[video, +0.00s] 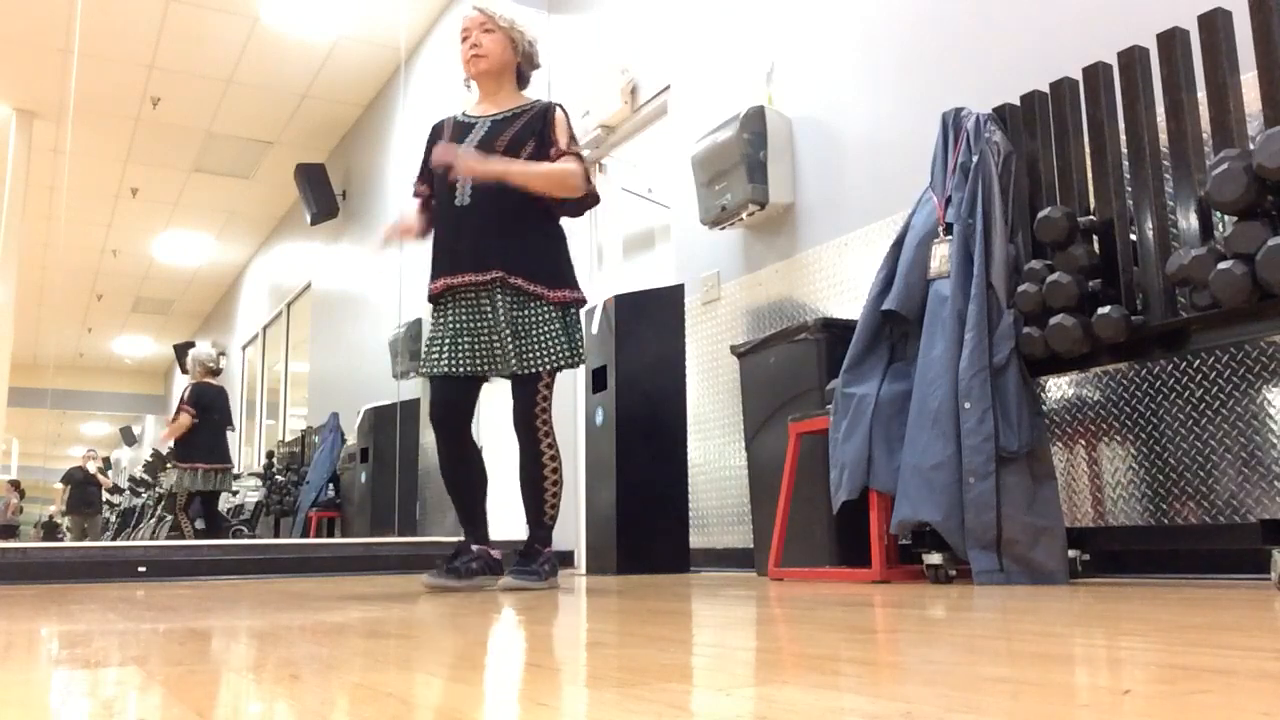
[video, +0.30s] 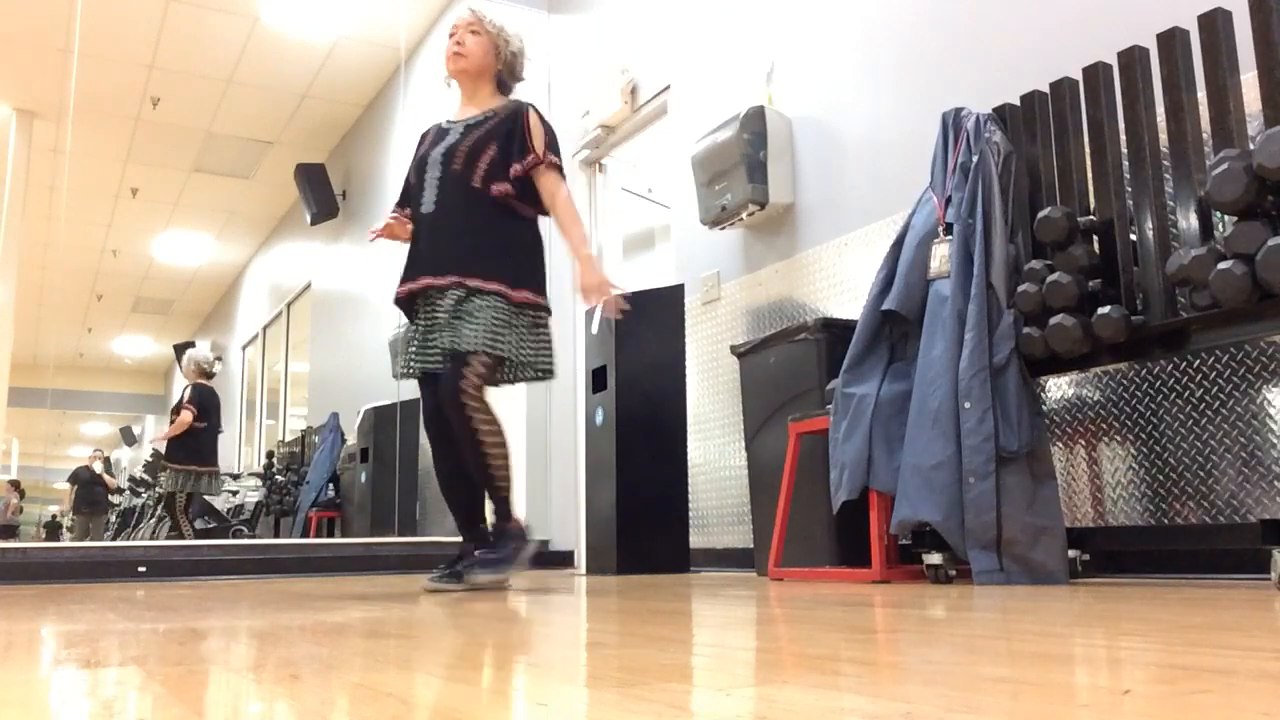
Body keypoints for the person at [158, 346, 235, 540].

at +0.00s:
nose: (189, 370)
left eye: (190, 365)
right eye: (189, 366)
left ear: (197, 367)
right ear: (213, 367)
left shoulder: (194, 390)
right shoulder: (221, 391)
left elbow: (184, 422)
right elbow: (225, 425)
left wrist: (165, 437)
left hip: (193, 465)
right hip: (219, 464)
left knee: (180, 510)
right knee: (211, 511)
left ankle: (194, 551)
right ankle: (217, 554)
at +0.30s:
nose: (182, 369)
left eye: (184, 365)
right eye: (182, 365)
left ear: (193, 367)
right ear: (205, 368)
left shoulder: (193, 390)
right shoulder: (211, 392)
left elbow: (185, 419)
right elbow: (214, 430)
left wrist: (164, 435)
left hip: (185, 463)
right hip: (202, 463)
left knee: (177, 509)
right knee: (177, 507)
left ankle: (192, 552)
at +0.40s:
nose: (178, 364)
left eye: (181, 361)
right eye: (180, 360)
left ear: (189, 365)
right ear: (200, 367)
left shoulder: (189, 388)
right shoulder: (207, 392)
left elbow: (185, 419)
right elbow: (218, 430)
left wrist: (161, 439)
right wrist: (224, 462)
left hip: (180, 463)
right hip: (197, 464)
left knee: (180, 512)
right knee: (166, 511)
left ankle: (193, 556)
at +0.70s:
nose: (174, 367)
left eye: (176, 364)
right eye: (175, 363)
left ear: (183, 368)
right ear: (197, 370)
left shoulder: (181, 392)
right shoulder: (201, 395)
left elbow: (173, 424)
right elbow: (207, 433)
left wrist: (150, 439)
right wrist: (200, 461)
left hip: (167, 467)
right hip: (188, 469)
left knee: (162, 516)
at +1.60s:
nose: (193, 369)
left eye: (195, 364)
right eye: (194, 364)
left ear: (202, 368)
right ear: (217, 368)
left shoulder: (201, 392)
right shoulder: (225, 391)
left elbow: (189, 427)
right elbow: (235, 427)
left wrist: (170, 440)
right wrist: (234, 456)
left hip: (199, 466)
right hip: (222, 465)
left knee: (189, 510)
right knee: (216, 511)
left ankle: (197, 554)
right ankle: (228, 553)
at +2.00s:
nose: (201, 370)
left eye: (203, 366)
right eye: (202, 366)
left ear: (210, 369)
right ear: (225, 370)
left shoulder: (212, 392)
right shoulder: (232, 393)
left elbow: (203, 421)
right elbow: (241, 426)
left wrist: (187, 429)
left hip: (208, 467)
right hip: (229, 466)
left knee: (187, 505)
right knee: (220, 510)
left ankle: (196, 548)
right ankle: (227, 551)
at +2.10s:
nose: (200, 368)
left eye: (203, 364)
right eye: (202, 363)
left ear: (211, 367)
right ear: (223, 368)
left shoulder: (214, 389)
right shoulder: (229, 391)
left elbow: (202, 414)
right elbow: (212, 426)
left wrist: (174, 406)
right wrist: (183, 425)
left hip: (207, 465)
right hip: (226, 465)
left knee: (189, 506)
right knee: (220, 510)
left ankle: (198, 550)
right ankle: (229, 553)